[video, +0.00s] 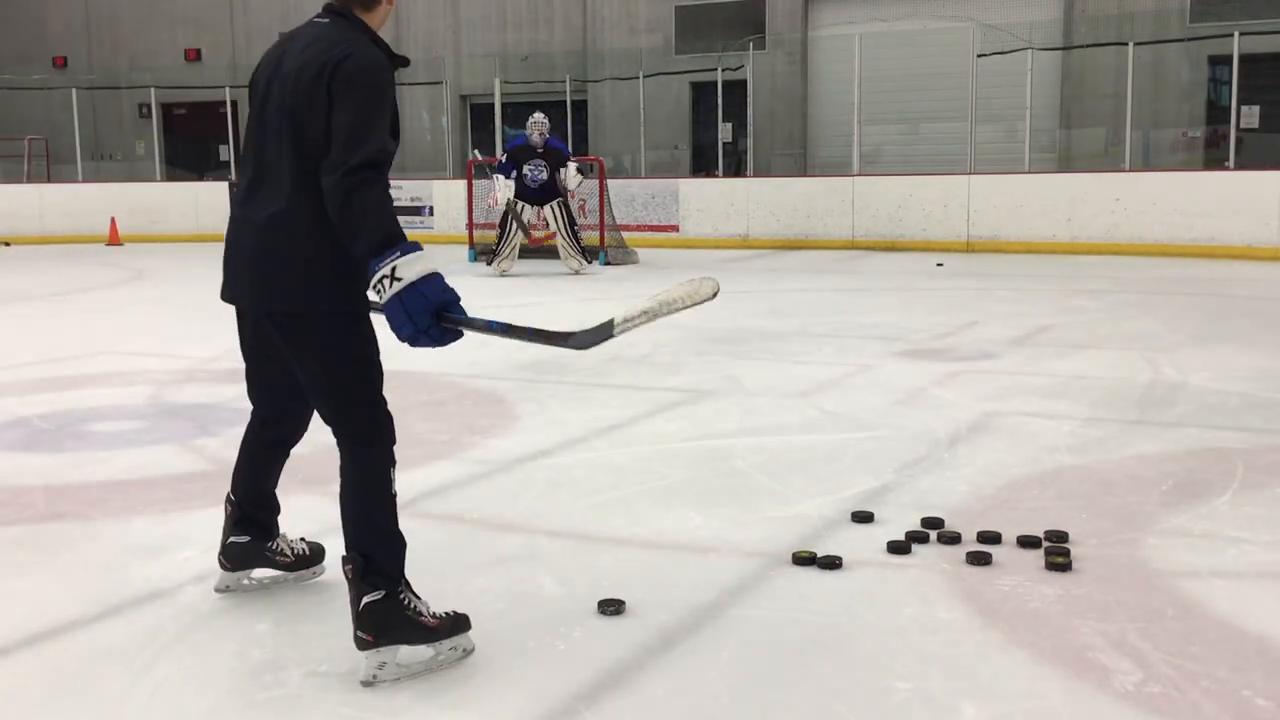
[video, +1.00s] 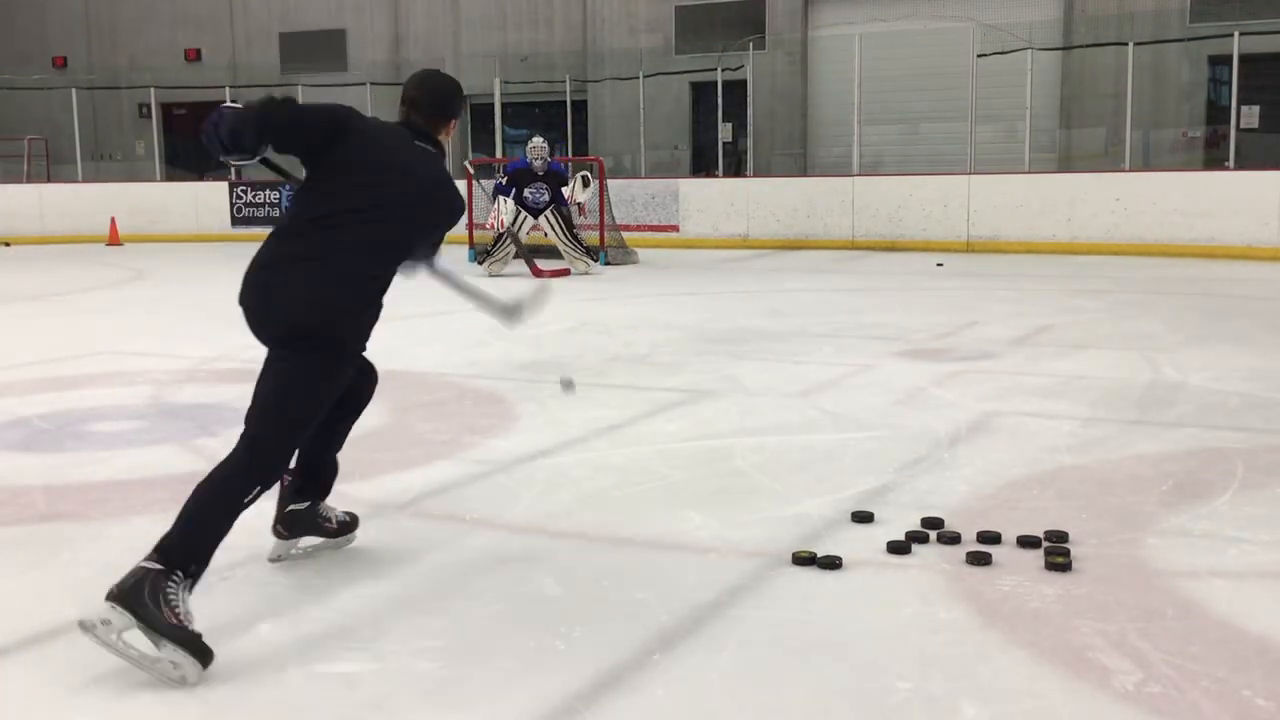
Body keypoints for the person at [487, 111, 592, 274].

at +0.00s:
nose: (536, 133)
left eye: (541, 130)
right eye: (533, 130)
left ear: (546, 131)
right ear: (528, 131)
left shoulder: (556, 149)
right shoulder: (517, 148)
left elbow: (569, 181)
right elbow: (503, 171)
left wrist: (574, 176)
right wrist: (501, 190)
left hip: (552, 197)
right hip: (523, 197)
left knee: (566, 229)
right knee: (511, 231)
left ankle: (578, 263)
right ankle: (501, 264)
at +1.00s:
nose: (538, 155)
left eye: (541, 151)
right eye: (534, 151)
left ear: (547, 152)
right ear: (528, 153)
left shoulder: (556, 170)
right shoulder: (516, 169)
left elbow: (569, 195)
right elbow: (500, 191)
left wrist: (580, 186)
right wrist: (501, 211)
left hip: (549, 209)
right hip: (523, 209)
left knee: (565, 236)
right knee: (510, 237)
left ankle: (584, 263)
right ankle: (491, 265)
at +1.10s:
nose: (538, 158)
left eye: (541, 154)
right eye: (534, 154)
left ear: (548, 156)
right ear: (528, 156)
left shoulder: (556, 174)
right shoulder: (516, 171)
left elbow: (565, 197)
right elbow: (500, 191)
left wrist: (573, 204)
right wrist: (512, 210)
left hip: (549, 217)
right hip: (522, 217)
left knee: (565, 241)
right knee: (512, 243)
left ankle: (587, 264)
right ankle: (493, 266)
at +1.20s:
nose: (536, 164)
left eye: (540, 160)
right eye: (532, 160)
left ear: (547, 160)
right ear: (527, 161)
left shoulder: (556, 180)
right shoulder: (518, 178)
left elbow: (564, 203)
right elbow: (501, 196)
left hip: (549, 224)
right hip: (524, 225)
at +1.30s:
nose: (532, 177)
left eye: (536, 173)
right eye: (529, 173)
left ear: (543, 172)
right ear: (523, 172)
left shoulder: (554, 189)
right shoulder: (515, 187)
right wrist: (502, 218)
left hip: (546, 235)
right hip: (520, 236)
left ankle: (591, 263)